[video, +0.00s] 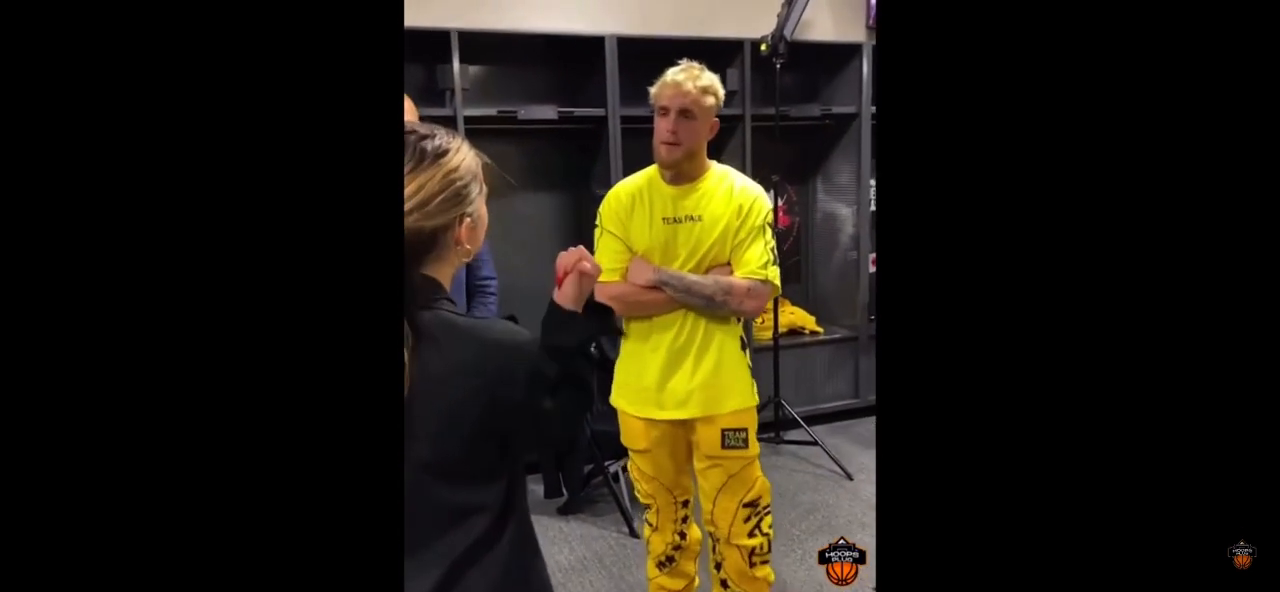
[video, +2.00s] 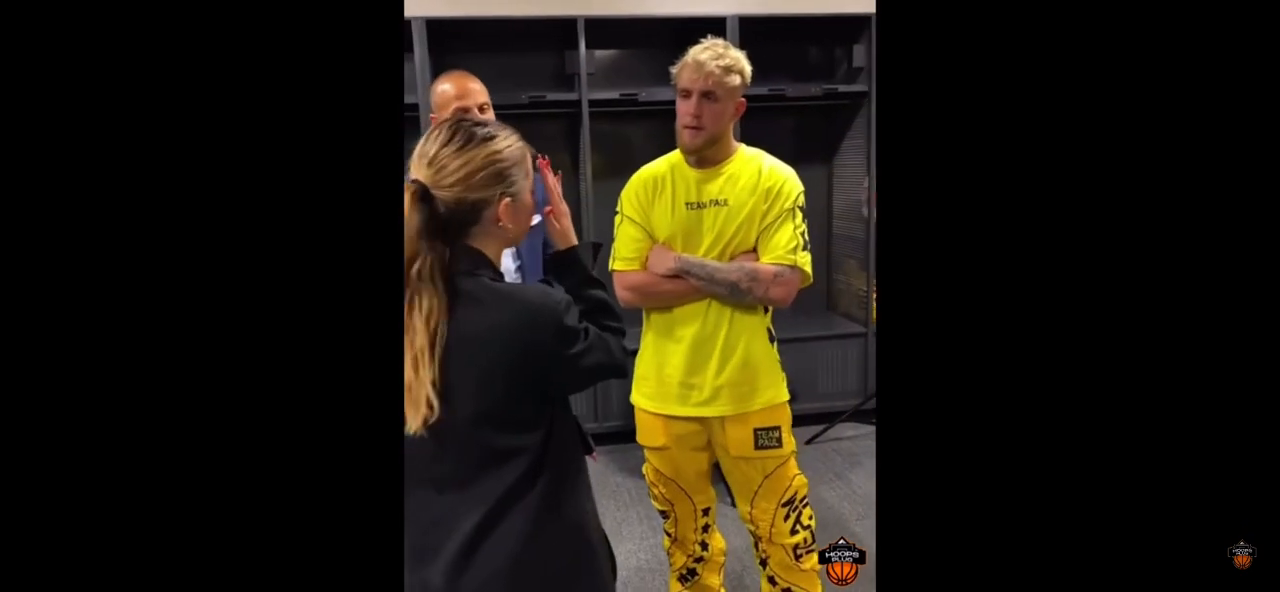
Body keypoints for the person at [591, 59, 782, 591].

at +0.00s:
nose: (668, 128)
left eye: (684, 116)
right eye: (661, 113)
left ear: (713, 126)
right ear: (651, 119)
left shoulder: (746, 198)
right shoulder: (621, 200)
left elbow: (752, 298)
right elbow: (611, 298)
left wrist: (653, 274)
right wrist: (705, 288)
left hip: (722, 390)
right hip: (643, 392)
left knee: (741, 539)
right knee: (665, 541)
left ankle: (745, 585)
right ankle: (670, 587)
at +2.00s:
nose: (690, 113)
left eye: (707, 98)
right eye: (683, 96)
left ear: (738, 108)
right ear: (673, 100)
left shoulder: (775, 182)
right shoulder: (644, 184)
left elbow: (781, 288)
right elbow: (629, 289)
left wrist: (675, 261)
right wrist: (734, 275)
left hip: (750, 389)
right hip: (664, 392)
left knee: (786, 544)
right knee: (687, 548)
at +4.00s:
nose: (719, 86)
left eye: (736, 72)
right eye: (712, 72)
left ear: (768, 82)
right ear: (704, 79)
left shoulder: (808, 153)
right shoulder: (682, 167)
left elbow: (812, 259)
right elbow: (663, 272)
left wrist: (704, 240)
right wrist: (765, 253)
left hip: (789, 369)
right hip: (704, 373)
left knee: (823, 519)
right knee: (725, 524)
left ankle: (839, 584)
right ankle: (731, 585)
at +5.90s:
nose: (708, 73)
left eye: (725, 59)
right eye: (701, 60)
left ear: (759, 69)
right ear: (694, 69)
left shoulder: (805, 142)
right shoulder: (677, 160)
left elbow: (809, 246)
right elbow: (662, 265)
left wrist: (700, 232)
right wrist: (762, 243)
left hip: (786, 363)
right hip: (700, 367)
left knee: (819, 514)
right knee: (720, 516)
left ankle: (836, 583)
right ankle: (722, 585)